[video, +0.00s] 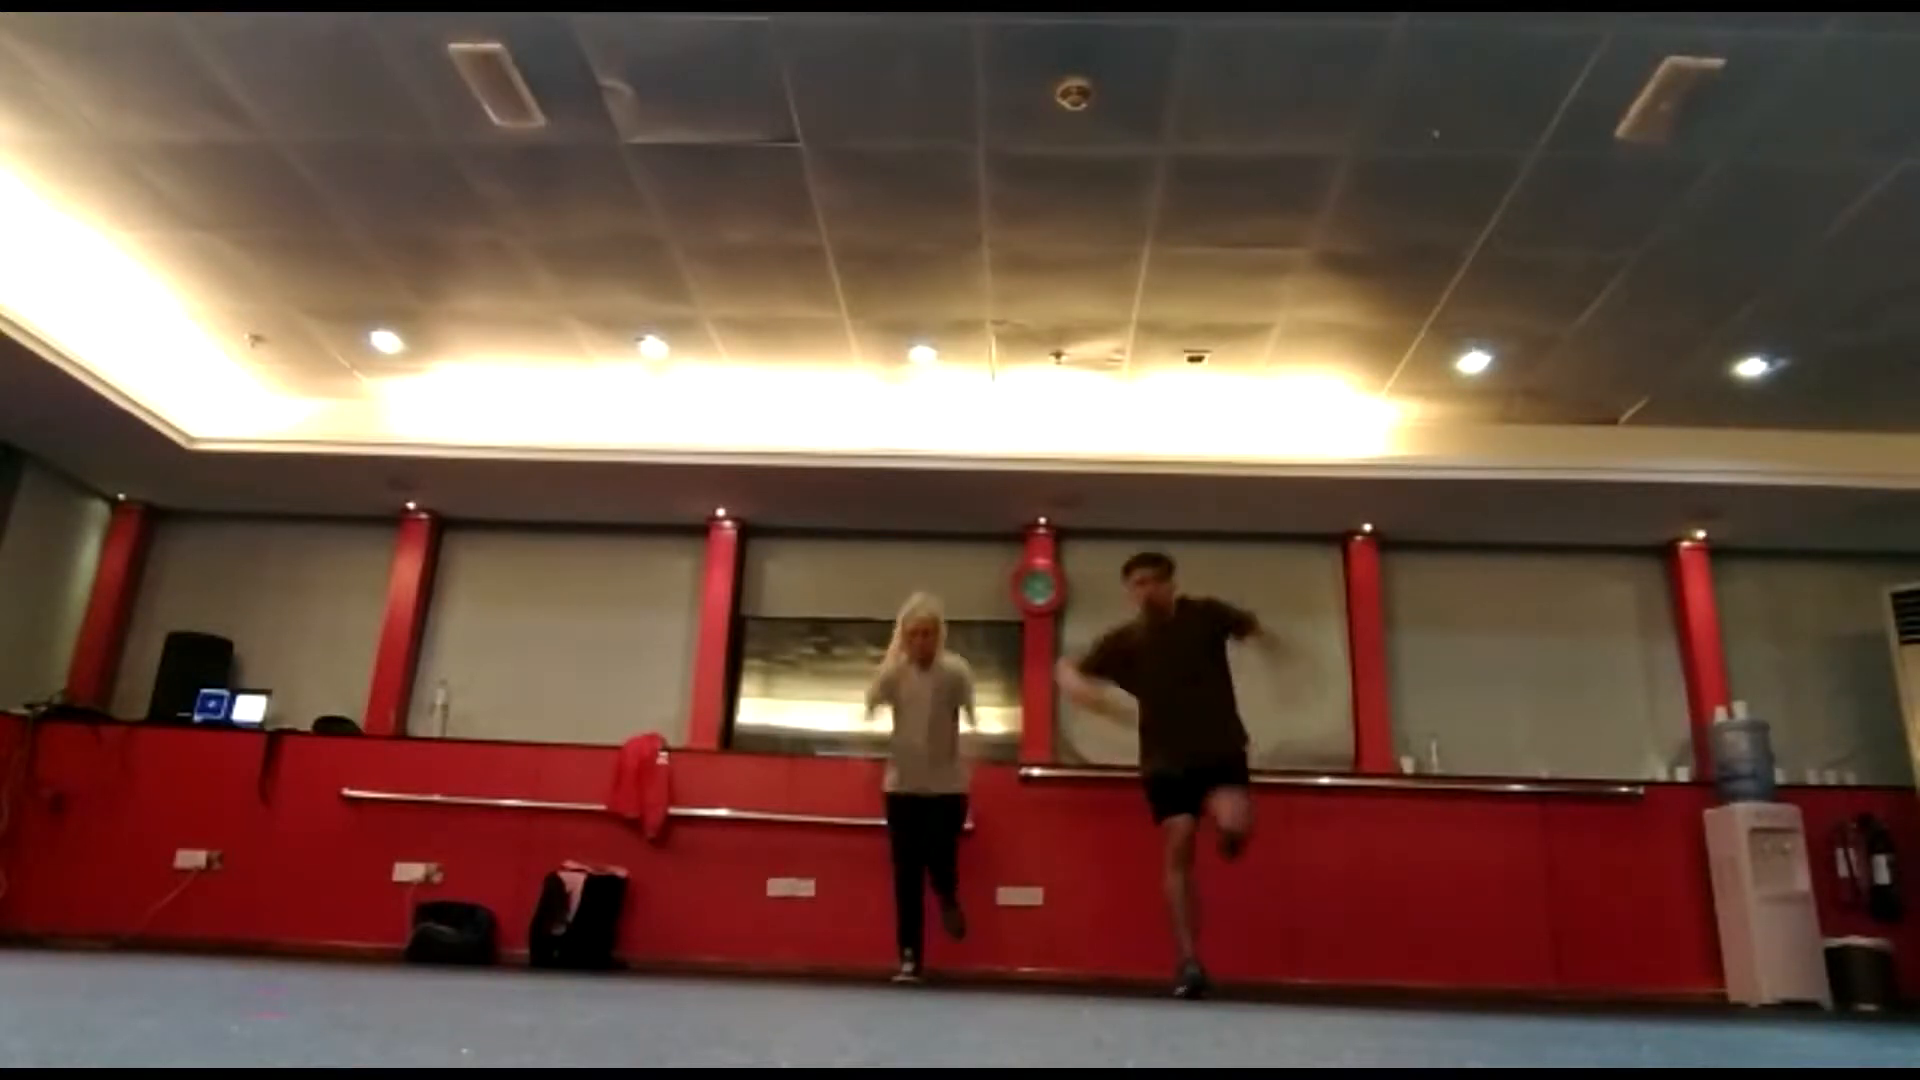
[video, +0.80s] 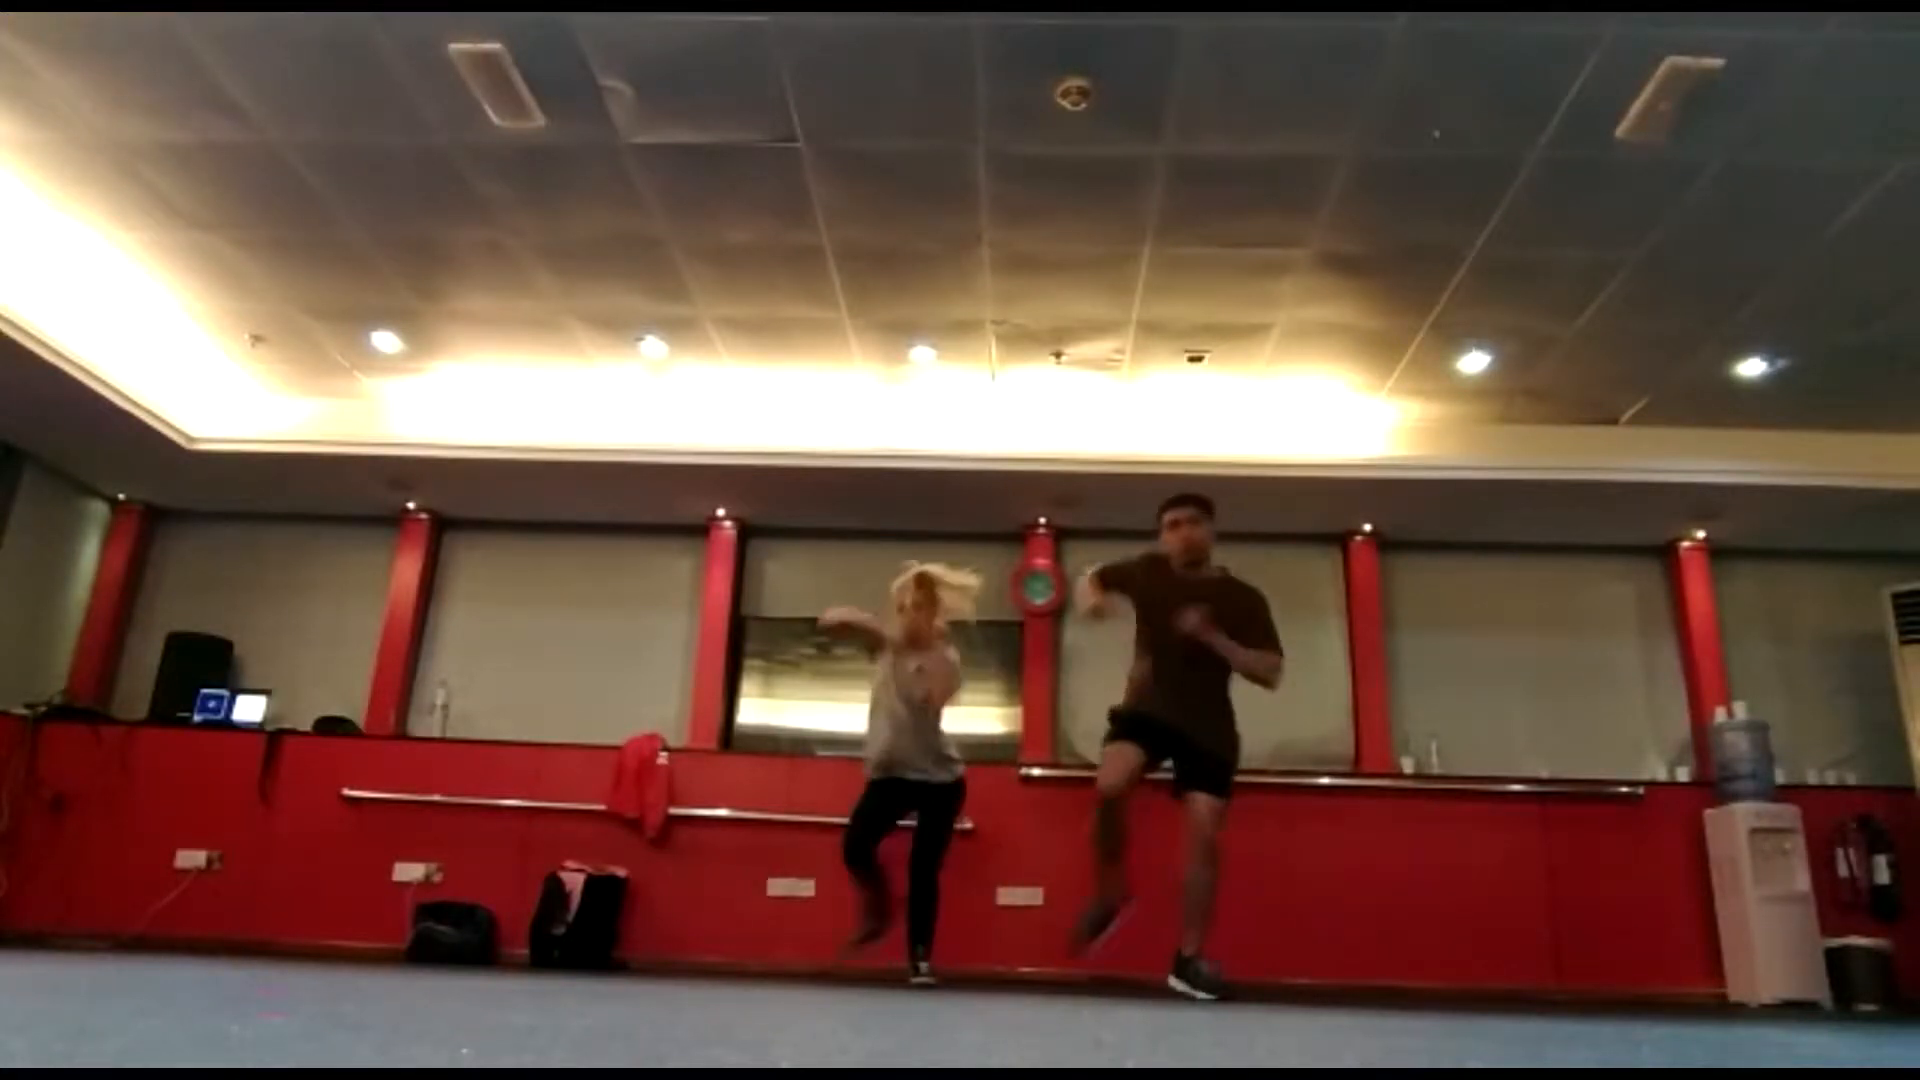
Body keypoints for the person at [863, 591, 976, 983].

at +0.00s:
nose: (922, 642)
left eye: (929, 634)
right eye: (915, 634)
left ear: (940, 635)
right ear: (903, 635)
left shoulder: (955, 672)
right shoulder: (896, 671)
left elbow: (972, 717)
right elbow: (873, 701)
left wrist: (968, 752)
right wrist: (895, 659)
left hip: (947, 787)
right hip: (903, 786)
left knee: (942, 869)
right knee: (907, 877)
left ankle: (950, 905)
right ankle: (909, 955)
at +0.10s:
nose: (921, 629)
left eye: (929, 621)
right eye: (915, 620)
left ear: (942, 624)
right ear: (902, 622)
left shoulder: (956, 664)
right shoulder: (883, 661)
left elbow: (1007, 678)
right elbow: (823, 658)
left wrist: (1055, 667)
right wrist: (781, 630)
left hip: (947, 776)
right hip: (902, 777)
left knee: (933, 857)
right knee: (907, 864)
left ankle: (934, 942)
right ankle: (909, 949)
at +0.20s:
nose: (920, 650)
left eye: (928, 641)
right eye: (914, 641)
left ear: (939, 644)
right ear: (900, 644)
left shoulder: (952, 684)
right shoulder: (885, 685)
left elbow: (982, 689)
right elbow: (857, 683)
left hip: (944, 789)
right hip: (900, 789)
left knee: (929, 863)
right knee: (904, 869)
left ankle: (923, 938)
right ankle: (907, 950)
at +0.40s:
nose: (918, 698)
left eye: (927, 689)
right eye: (911, 688)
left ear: (940, 691)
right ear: (899, 688)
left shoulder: (948, 733)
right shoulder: (883, 727)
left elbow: (936, 796)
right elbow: (881, 793)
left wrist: (924, 855)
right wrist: (884, 851)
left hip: (939, 811)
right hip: (901, 813)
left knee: (914, 872)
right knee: (896, 873)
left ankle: (916, 956)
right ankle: (903, 952)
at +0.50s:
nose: (922, 657)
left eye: (931, 649)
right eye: (916, 647)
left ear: (942, 652)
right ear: (905, 648)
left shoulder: (951, 698)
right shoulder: (888, 690)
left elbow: (958, 754)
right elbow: (881, 741)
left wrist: (945, 799)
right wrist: (889, 784)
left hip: (929, 795)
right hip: (892, 793)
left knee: (919, 876)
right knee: (901, 875)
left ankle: (916, 955)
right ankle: (910, 949)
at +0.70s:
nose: (929, 617)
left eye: (936, 608)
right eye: (922, 608)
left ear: (951, 611)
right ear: (910, 609)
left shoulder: (955, 673)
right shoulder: (896, 641)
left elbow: (961, 740)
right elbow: (844, 616)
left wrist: (953, 692)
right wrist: (895, 637)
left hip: (933, 782)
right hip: (887, 777)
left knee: (925, 873)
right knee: (878, 863)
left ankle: (920, 957)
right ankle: (923, 831)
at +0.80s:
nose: (914, 617)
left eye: (922, 607)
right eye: (907, 607)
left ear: (937, 612)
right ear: (897, 609)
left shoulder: (944, 660)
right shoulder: (890, 647)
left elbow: (929, 698)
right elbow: (864, 627)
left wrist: (918, 647)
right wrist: (845, 619)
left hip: (938, 777)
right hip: (892, 774)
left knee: (924, 869)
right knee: (857, 848)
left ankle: (921, 956)